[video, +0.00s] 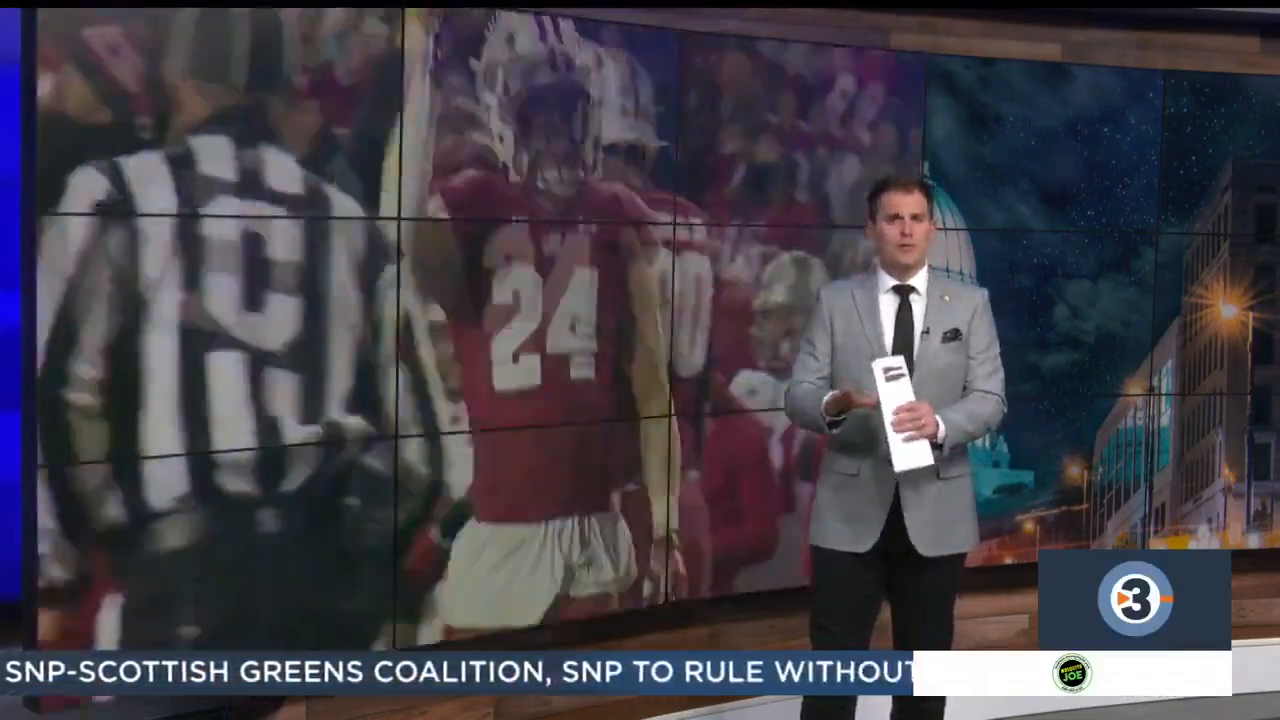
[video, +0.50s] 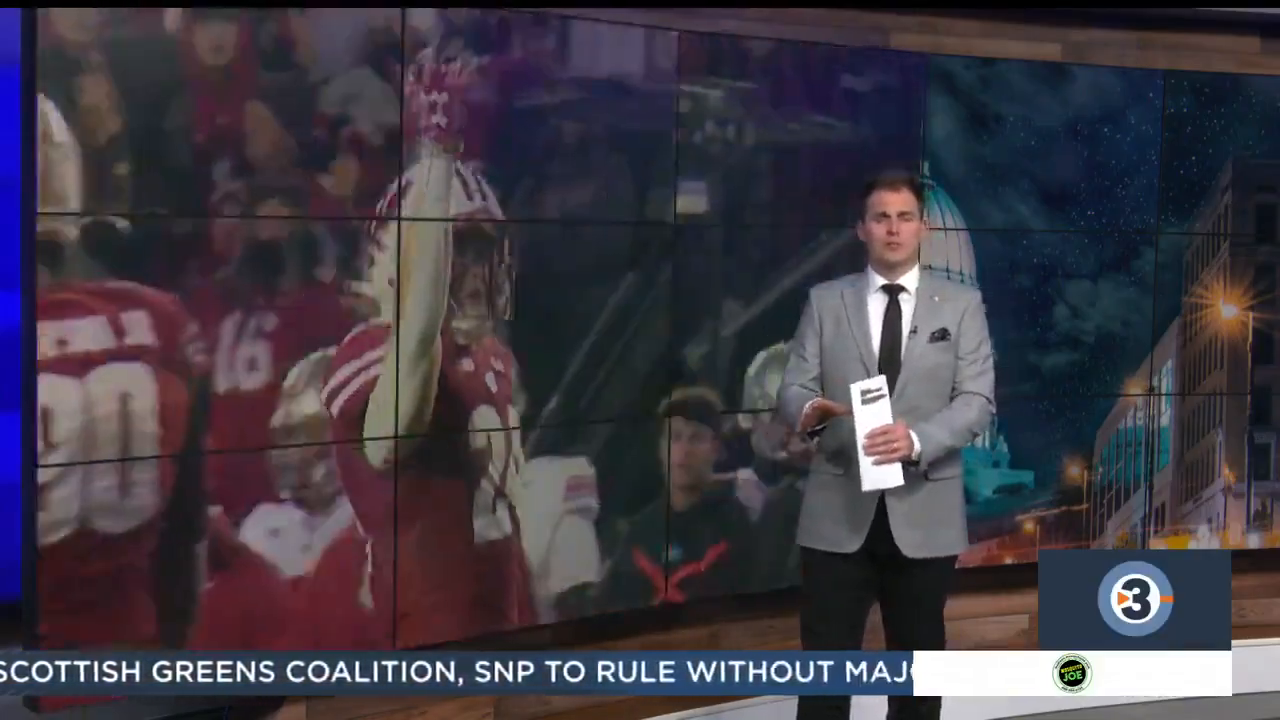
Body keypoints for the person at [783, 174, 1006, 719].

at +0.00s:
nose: (907, 230)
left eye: (917, 218)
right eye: (894, 219)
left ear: (932, 228)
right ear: (872, 230)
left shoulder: (969, 302)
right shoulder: (836, 301)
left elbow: (989, 401)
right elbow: (799, 396)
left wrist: (941, 422)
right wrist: (832, 405)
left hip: (935, 509)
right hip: (849, 507)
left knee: (927, 668)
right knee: (833, 666)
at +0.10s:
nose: (905, 229)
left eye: (915, 218)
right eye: (892, 219)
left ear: (931, 227)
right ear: (871, 230)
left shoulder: (968, 302)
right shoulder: (834, 301)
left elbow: (986, 400)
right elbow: (798, 398)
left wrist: (933, 423)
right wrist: (826, 406)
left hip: (933, 507)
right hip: (847, 506)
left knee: (927, 665)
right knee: (831, 664)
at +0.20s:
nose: (902, 229)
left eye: (913, 218)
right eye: (890, 219)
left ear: (929, 228)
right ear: (869, 230)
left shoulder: (967, 301)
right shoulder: (831, 300)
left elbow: (983, 401)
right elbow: (797, 390)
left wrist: (928, 433)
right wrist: (817, 409)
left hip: (930, 510)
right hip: (845, 508)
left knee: (925, 668)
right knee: (829, 666)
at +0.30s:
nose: (899, 229)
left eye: (911, 218)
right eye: (887, 218)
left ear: (927, 228)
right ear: (867, 230)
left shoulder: (965, 302)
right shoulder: (829, 300)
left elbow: (982, 402)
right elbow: (795, 392)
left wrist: (922, 433)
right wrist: (814, 409)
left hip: (928, 510)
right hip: (842, 508)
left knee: (923, 667)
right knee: (827, 665)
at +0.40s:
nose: (896, 229)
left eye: (907, 218)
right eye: (884, 219)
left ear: (924, 228)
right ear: (865, 231)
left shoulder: (963, 302)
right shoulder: (827, 300)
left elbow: (977, 403)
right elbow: (797, 389)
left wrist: (917, 435)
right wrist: (813, 409)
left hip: (925, 509)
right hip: (840, 507)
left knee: (920, 665)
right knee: (826, 664)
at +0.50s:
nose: (893, 228)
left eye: (905, 217)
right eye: (881, 217)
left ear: (923, 228)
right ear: (863, 230)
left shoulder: (962, 303)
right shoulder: (825, 301)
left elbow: (977, 402)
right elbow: (794, 389)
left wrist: (918, 439)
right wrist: (808, 411)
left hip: (922, 510)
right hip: (837, 509)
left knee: (919, 667)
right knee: (825, 666)